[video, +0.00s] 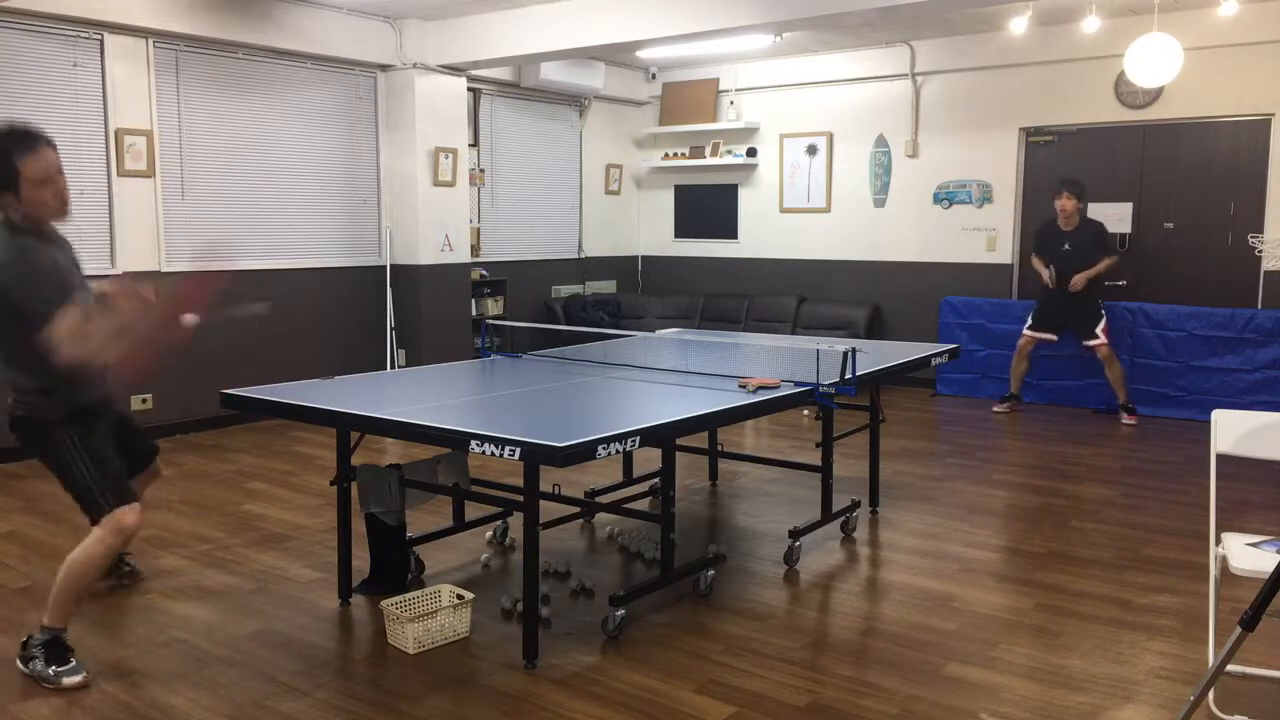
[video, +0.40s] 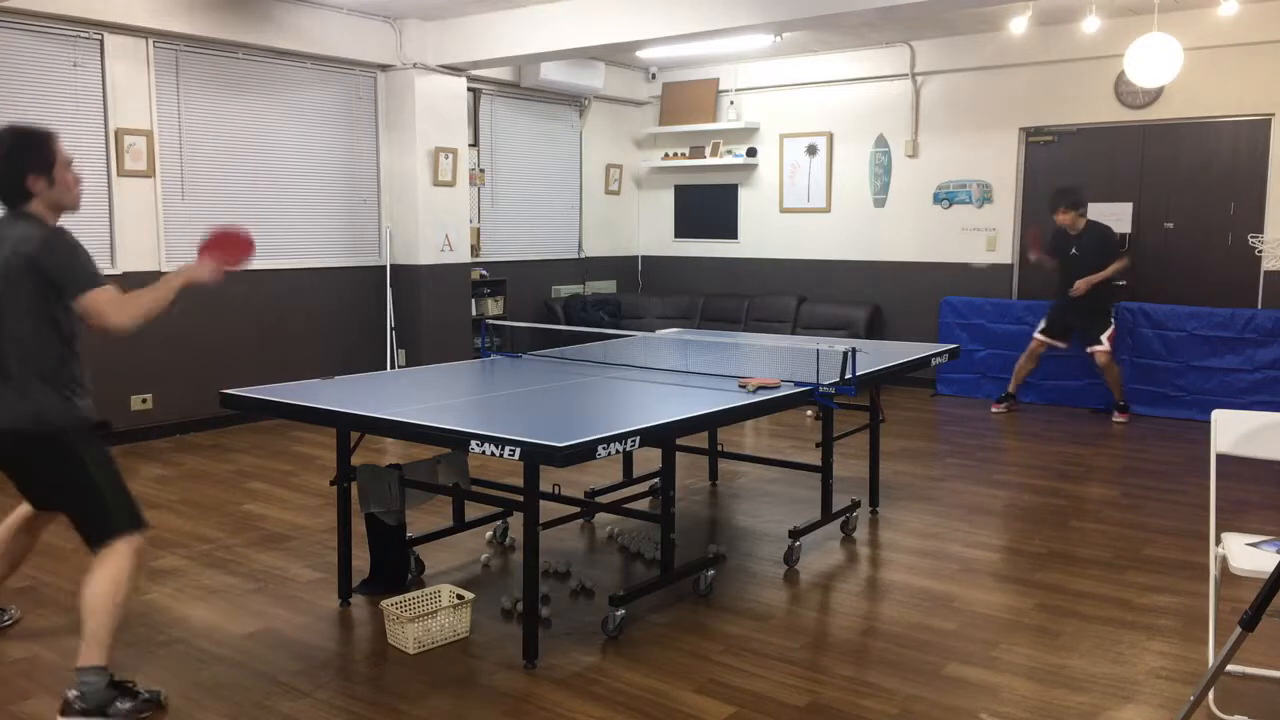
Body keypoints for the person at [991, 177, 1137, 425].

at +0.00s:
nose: (1061, 205)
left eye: (1068, 200)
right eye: (1058, 199)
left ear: (1080, 204)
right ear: (1054, 203)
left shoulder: (1094, 229)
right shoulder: (1045, 230)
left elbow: (1112, 258)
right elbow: (1035, 257)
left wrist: (1086, 275)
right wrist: (1044, 271)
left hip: (1085, 300)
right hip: (1052, 299)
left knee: (1105, 352)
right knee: (1023, 345)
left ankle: (1125, 404)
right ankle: (1013, 396)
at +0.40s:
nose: (1058, 219)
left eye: (1063, 213)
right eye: (1056, 214)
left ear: (1077, 212)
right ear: (1055, 215)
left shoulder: (1102, 233)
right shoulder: (1060, 235)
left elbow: (1122, 262)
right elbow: (1053, 264)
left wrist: (1091, 281)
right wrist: (1039, 258)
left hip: (1096, 306)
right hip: (1065, 303)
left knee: (1103, 359)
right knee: (1035, 347)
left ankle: (1120, 404)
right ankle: (1010, 395)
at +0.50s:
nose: (1055, 230)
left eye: (1055, 224)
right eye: (1051, 227)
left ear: (1065, 215)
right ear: (1053, 224)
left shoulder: (1093, 230)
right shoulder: (1071, 240)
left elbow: (1129, 247)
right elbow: (1082, 269)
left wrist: (1106, 277)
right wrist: (1059, 271)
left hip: (1111, 303)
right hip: (1088, 302)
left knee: (1099, 360)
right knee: (1061, 346)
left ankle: (1122, 405)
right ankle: (1025, 392)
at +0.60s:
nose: (1049, 231)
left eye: (1049, 225)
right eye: (1045, 228)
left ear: (1062, 215)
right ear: (1059, 218)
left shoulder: (1084, 228)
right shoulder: (1076, 237)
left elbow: (1120, 236)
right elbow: (1096, 278)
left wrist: (1118, 274)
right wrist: (1094, 312)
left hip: (1123, 292)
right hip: (1106, 296)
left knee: (1114, 348)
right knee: (1098, 346)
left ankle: (1130, 404)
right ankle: (1079, 398)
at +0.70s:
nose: (1046, 224)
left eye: (1049, 218)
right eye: (1043, 221)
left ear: (1065, 214)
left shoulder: (1080, 230)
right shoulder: (1077, 240)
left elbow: (1116, 230)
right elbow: (1109, 275)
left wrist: (1131, 261)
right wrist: (1102, 313)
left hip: (1140, 284)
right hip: (1129, 287)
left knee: (1136, 345)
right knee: (1131, 344)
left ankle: (1148, 408)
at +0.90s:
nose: (1064, 210)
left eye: (1068, 204)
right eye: (1062, 206)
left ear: (1085, 205)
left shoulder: (1090, 225)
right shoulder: (1094, 228)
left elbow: (1115, 238)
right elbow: (1117, 270)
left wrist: (1130, 270)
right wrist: (1101, 297)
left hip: (1136, 291)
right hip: (1133, 292)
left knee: (1137, 348)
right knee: (1135, 348)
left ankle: (1147, 410)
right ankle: (1139, 404)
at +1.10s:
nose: (1082, 190)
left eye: (1087, 184)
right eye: (1081, 185)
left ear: (1103, 188)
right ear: (1092, 189)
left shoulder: (1108, 212)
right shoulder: (1100, 214)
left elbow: (1132, 233)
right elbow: (1113, 254)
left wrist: (1108, 267)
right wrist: (1089, 272)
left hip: (1130, 290)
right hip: (1120, 290)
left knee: (1130, 347)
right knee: (1107, 344)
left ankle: (1148, 411)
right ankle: (1133, 402)